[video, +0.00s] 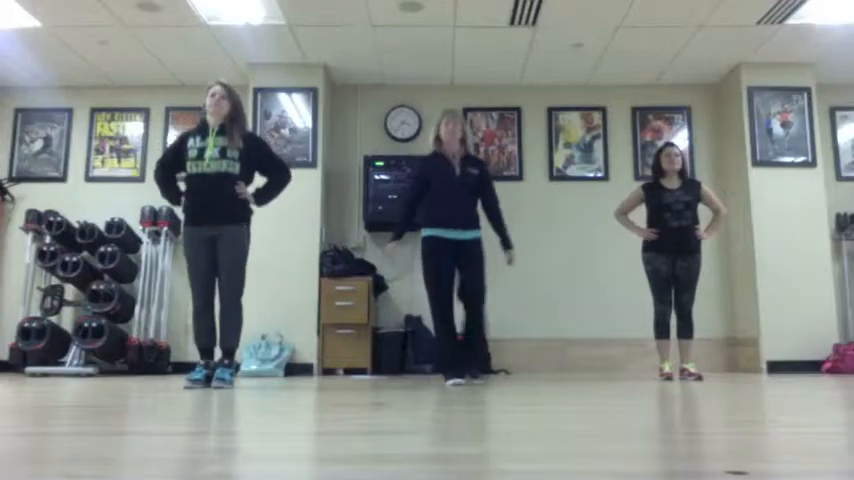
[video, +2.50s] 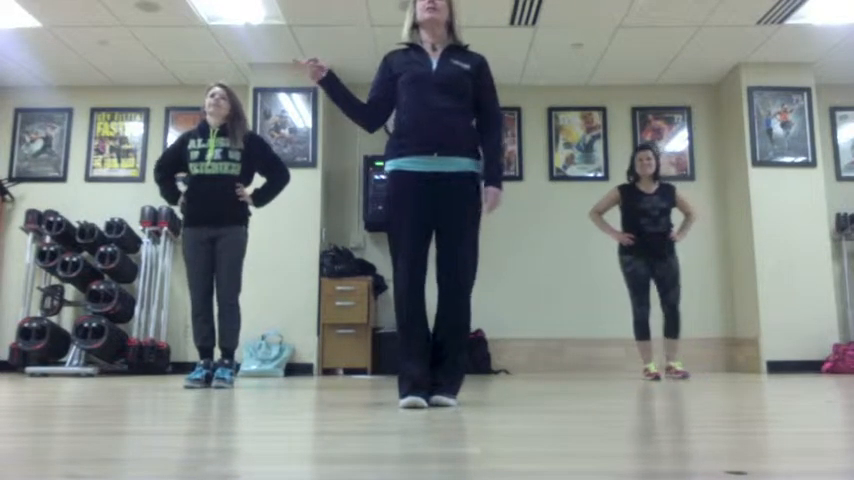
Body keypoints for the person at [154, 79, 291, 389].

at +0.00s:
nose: (214, 99)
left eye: (221, 96)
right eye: (211, 95)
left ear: (232, 106)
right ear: (204, 103)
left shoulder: (248, 142)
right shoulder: (190, 140)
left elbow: (282, 173)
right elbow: (162, 170)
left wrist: (257, 196)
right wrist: (178, 199)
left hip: (233, 226)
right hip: (196, 225)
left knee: (230, 295)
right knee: (201, 296)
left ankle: (227, 363)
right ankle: (205, 362)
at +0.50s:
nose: (215, 101)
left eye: (222, 98)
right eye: (211, 97)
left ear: (232, 107)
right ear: (204, 105)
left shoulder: (248, 142)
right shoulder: (191, 140)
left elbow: (284, 173)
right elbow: (163, 171)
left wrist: (259, 197)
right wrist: (181, 200)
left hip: (235, 227)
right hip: (199, 226)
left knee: (231, 296)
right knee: (202, 296)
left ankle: (227, 363)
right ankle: (205, 362)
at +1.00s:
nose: (217, 102)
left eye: (224, 100)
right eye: (214, 98)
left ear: (234, 110)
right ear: (206, 106)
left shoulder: (246, 144)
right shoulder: (189, 139)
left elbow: (282, 174)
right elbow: (164, 169)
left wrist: (258, 196)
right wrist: (180, 200)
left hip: (235, 227)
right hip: (199, 226)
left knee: (232, 295)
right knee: (202, 296)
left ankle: (227, 363)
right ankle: (205, 362)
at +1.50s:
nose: (214, 101)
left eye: (221, 98)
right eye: (211, 97)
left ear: (233, 107)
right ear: (204, 105)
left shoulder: (250, 141)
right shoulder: (193, 139)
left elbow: (283, 174)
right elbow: (165, 168)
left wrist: (257, 198)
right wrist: (178, 197)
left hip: (232, 227)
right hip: (197, 226)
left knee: (227, 294)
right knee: (200, 295)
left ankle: (226, 362)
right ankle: (205, 362)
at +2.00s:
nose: (218, 101)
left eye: (225, 99)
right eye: (214, 96)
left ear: (234, 110)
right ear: (206, 104)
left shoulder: (246, 143)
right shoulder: (189, 137)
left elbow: (281, 173)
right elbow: (164, 169)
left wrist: (257, 196)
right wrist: (180, 198)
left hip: (235, 226)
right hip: (198, 225)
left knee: (232, 293)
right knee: (202, 294)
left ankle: (227, 362)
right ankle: (205, 361)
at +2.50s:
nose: (215, 100)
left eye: (221, 97)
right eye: (211, 96)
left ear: (232, 108)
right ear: (204, 105)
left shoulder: (248, 141)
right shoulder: (190, 140)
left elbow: (281, 174)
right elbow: (161, 169)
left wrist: (256, 197)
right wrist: (176, 198)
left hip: (231, 226)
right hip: (195, 226)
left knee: (227, 295)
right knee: (199, 296)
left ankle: (226, 363)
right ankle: (205, 362)